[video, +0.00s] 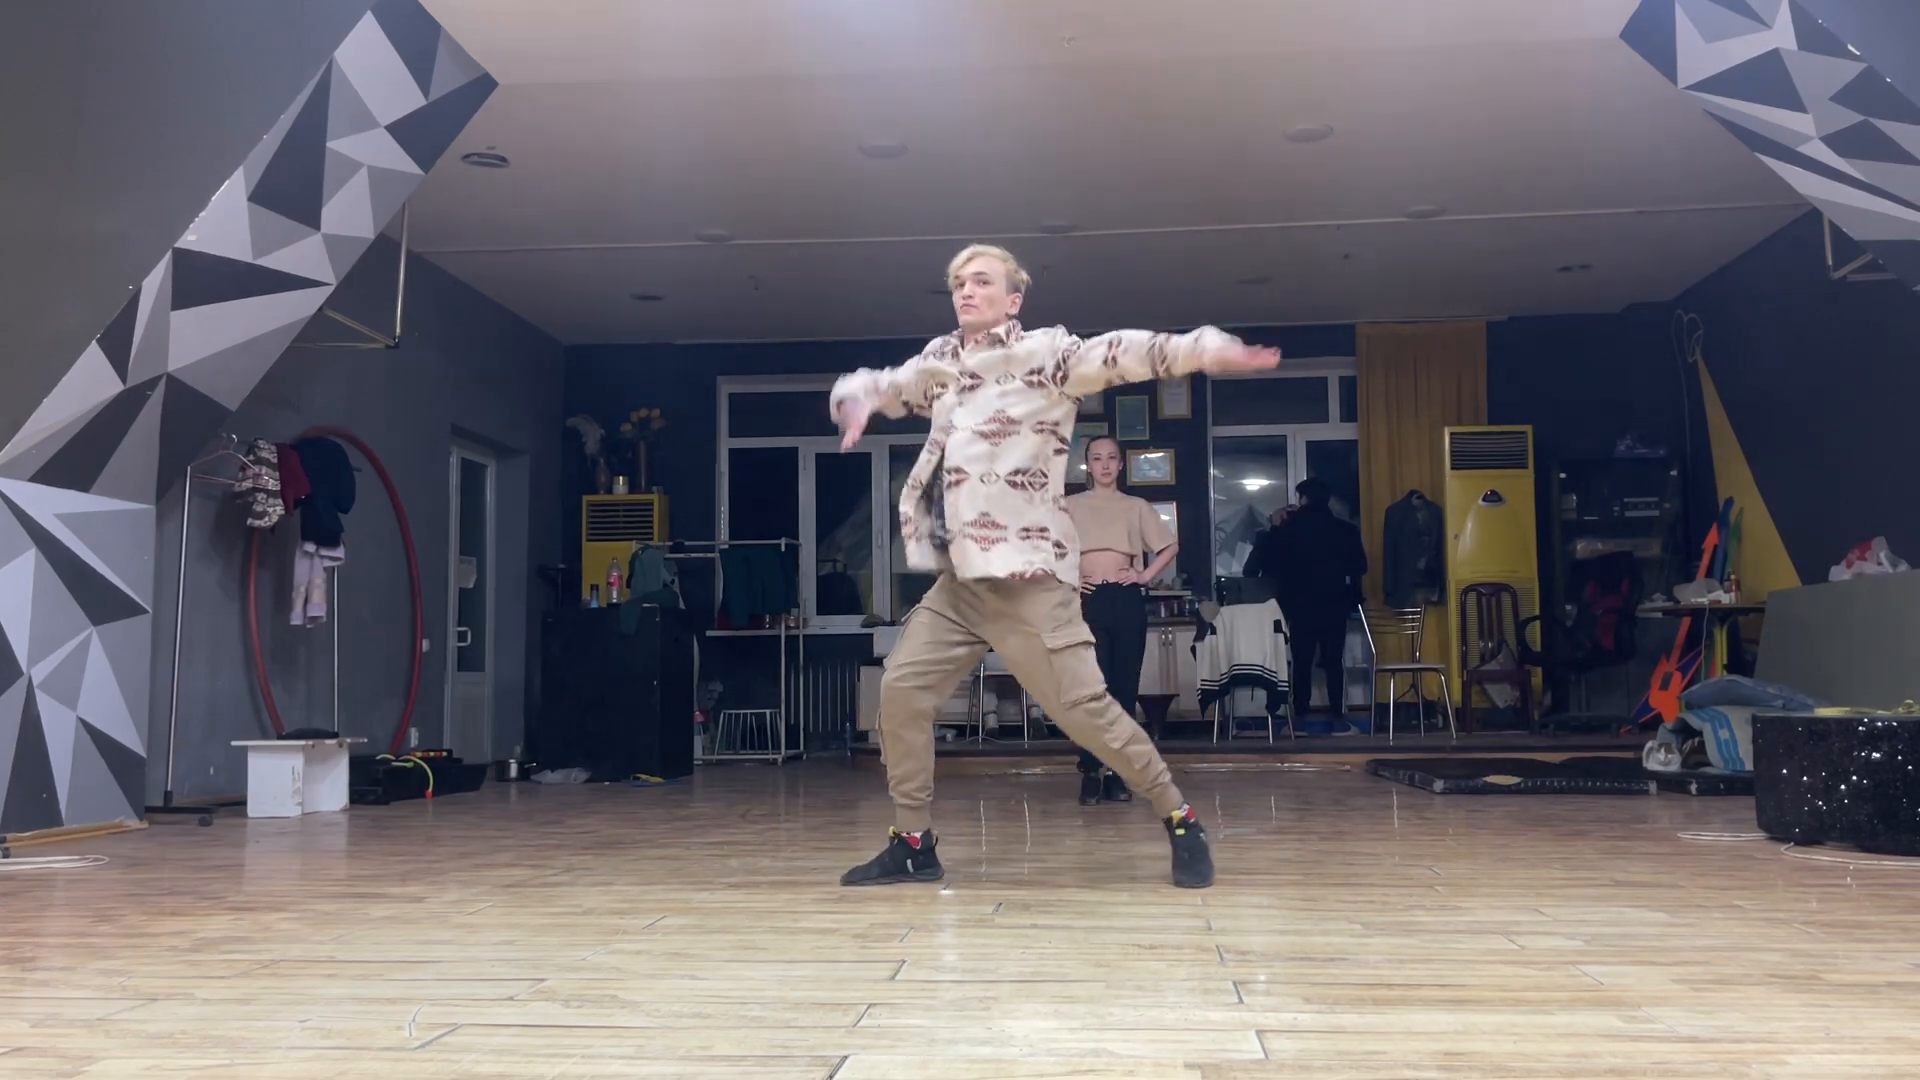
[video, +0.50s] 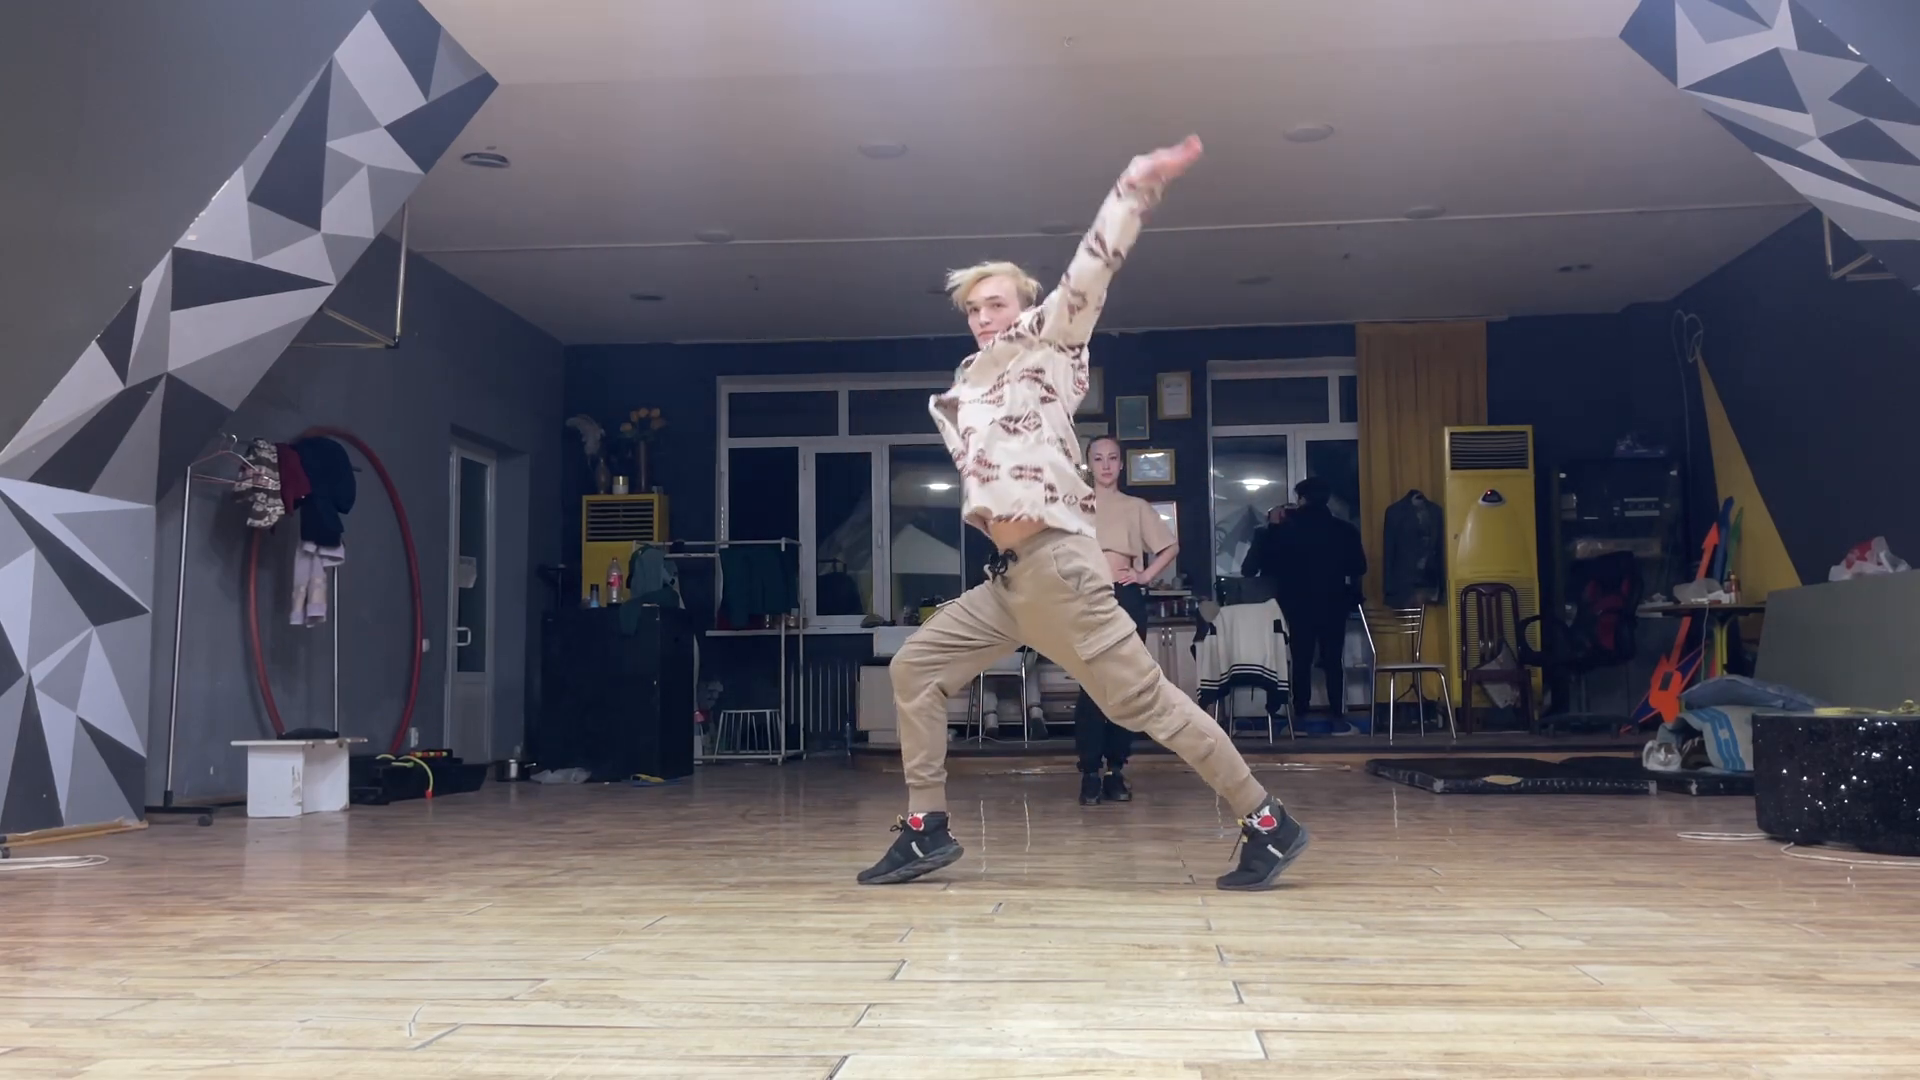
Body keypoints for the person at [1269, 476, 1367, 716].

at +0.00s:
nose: (1299, 502)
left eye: (1300, 498)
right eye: (1300, 498)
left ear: (1303, 499)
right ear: (1327, 499)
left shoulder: (1288, 529)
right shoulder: (1345, 529)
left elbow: (1267, 566)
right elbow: (1359, 568)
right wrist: (1353, 598)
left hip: (1300, 605)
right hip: (1333, 604)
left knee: (1302, 661)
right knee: (1334, 661)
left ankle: (1300, 719)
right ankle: (1337, 719)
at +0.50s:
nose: (1299, 502)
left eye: (1300, 498)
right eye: (1300, 498)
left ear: (1302, 499)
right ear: (1327, 499)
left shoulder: (1286, 529)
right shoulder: (1345, 530)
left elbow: (1252, 568)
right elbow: (1358, 568)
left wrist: (1271, 527)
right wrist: (1352, 597)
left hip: (1297, 605)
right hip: (1333, 604)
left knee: (1301, 661)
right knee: (1333, 661)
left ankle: (1300, 719)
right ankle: (1337, 719)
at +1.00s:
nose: (1298, 503)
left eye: (1299, 499)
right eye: (1301, 499)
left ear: (1301, 500)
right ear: (1327, 500)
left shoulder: (1286, 528)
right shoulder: (1344, 529)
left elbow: (1250, 567)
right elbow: (1358, 568)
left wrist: (1270, 527)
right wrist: (1355, 597)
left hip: (1298, 605)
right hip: (1333, 604)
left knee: (1300, 661)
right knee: (1333, 661)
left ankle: (1300, 717)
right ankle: (1337, 718)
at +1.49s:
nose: (1297, 503)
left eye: (1298, 499)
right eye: (1297, 499)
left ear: (1301, 500)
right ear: (1325, 500)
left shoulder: (1285, 530)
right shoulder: (1344, 530)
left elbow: (1270, 567)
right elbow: (1357, 567)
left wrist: (1283, 594)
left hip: (1298, 605)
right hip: (1332, 605)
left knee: (1300, 661)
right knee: (1333, 661)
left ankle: (1299, 719)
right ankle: (1337, 719)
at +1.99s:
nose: (1290, 507)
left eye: (1290, 503)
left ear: (1289, 503)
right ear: (1313, 502)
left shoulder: (1279, 528)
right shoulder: (1333, 526)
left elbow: (1264, 567)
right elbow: (1351, 562)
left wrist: (1278, 590)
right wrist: (1353, 595)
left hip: (1294, 604)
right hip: (1329, 602)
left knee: (1299, 663)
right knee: (1331, 662)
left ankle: (1299, 718)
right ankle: (1336, 719)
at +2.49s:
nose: (1270, 512)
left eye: (1271, 508)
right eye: (1271, 508)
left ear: (1274, 507)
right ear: (1296, 503)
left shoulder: (1268, 530)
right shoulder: (1318, 524)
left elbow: (1254, 568)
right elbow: (1334, 557)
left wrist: (1273, 590)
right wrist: (1311, 565)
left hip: (1289, 603)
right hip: (1323, 600)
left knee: (1297, 662)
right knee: (1329, 661)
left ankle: (1299, 718)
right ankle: (1336, 718)